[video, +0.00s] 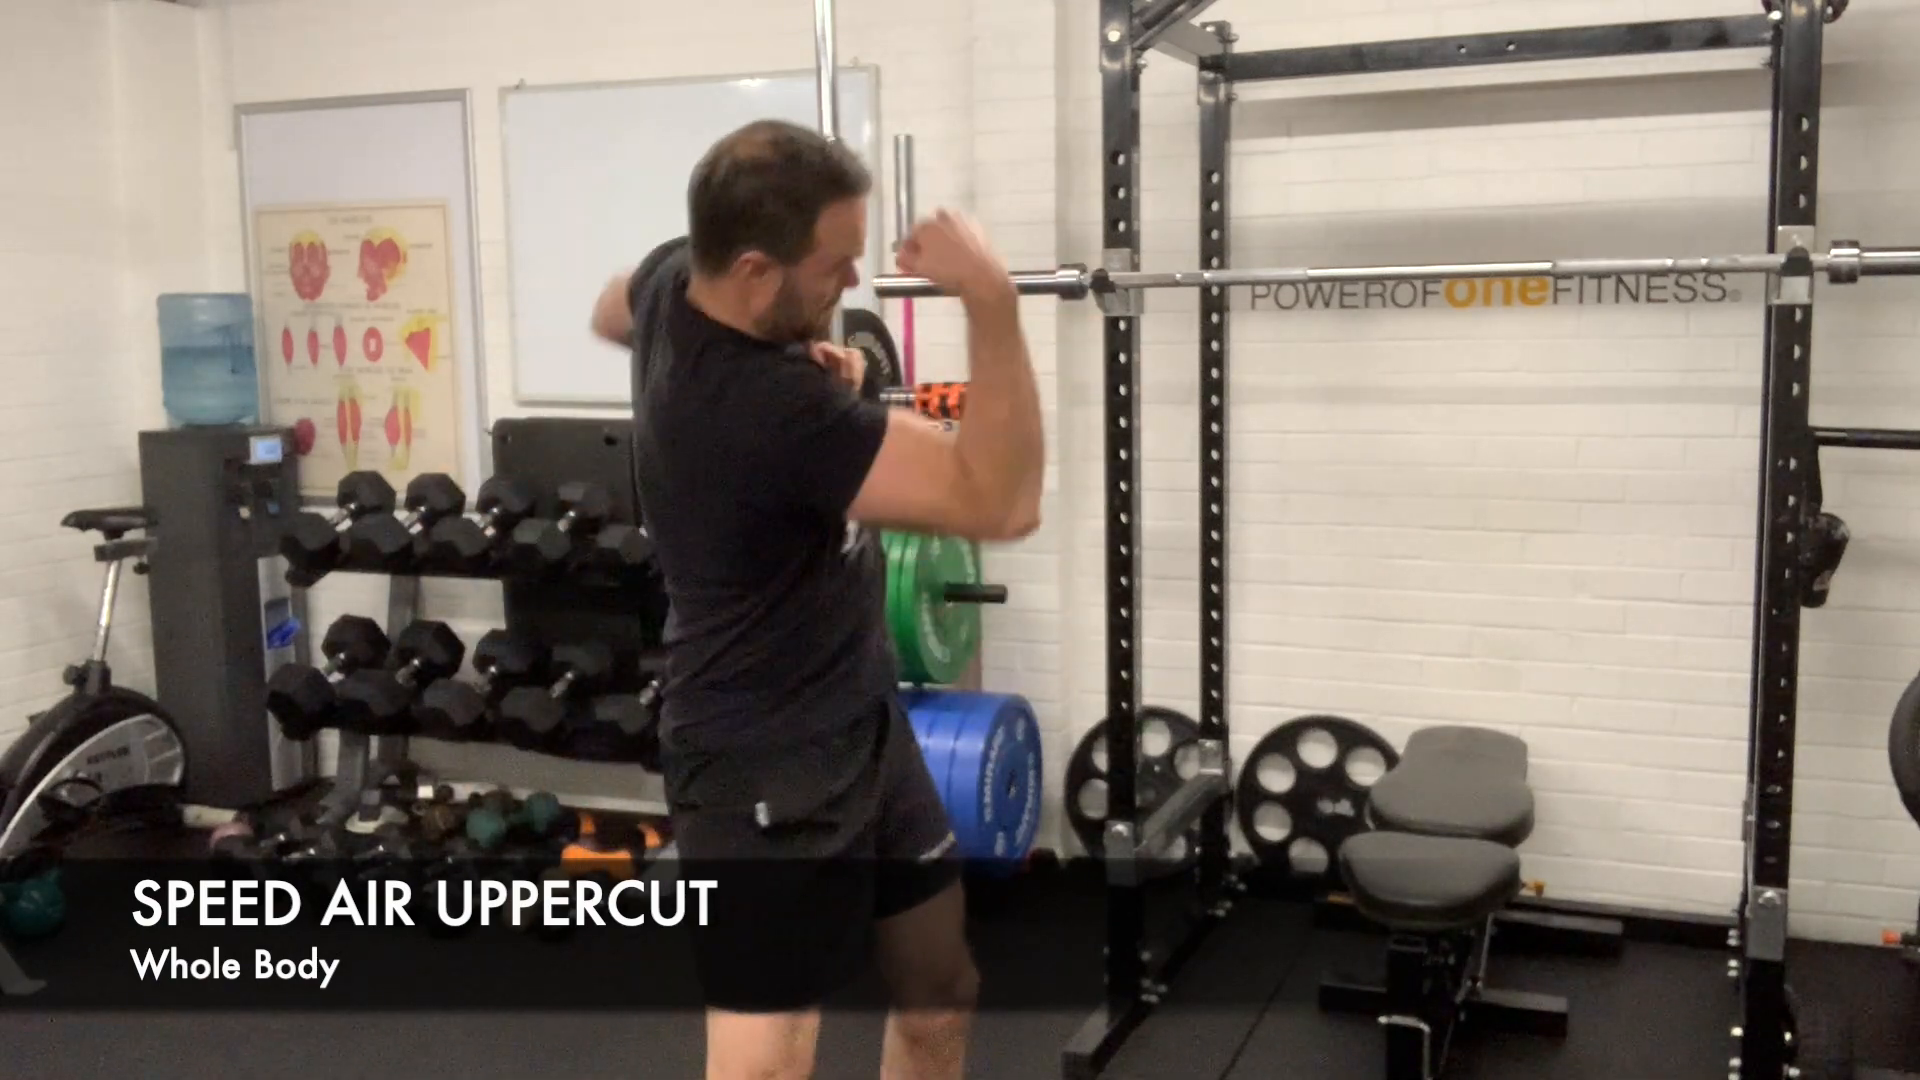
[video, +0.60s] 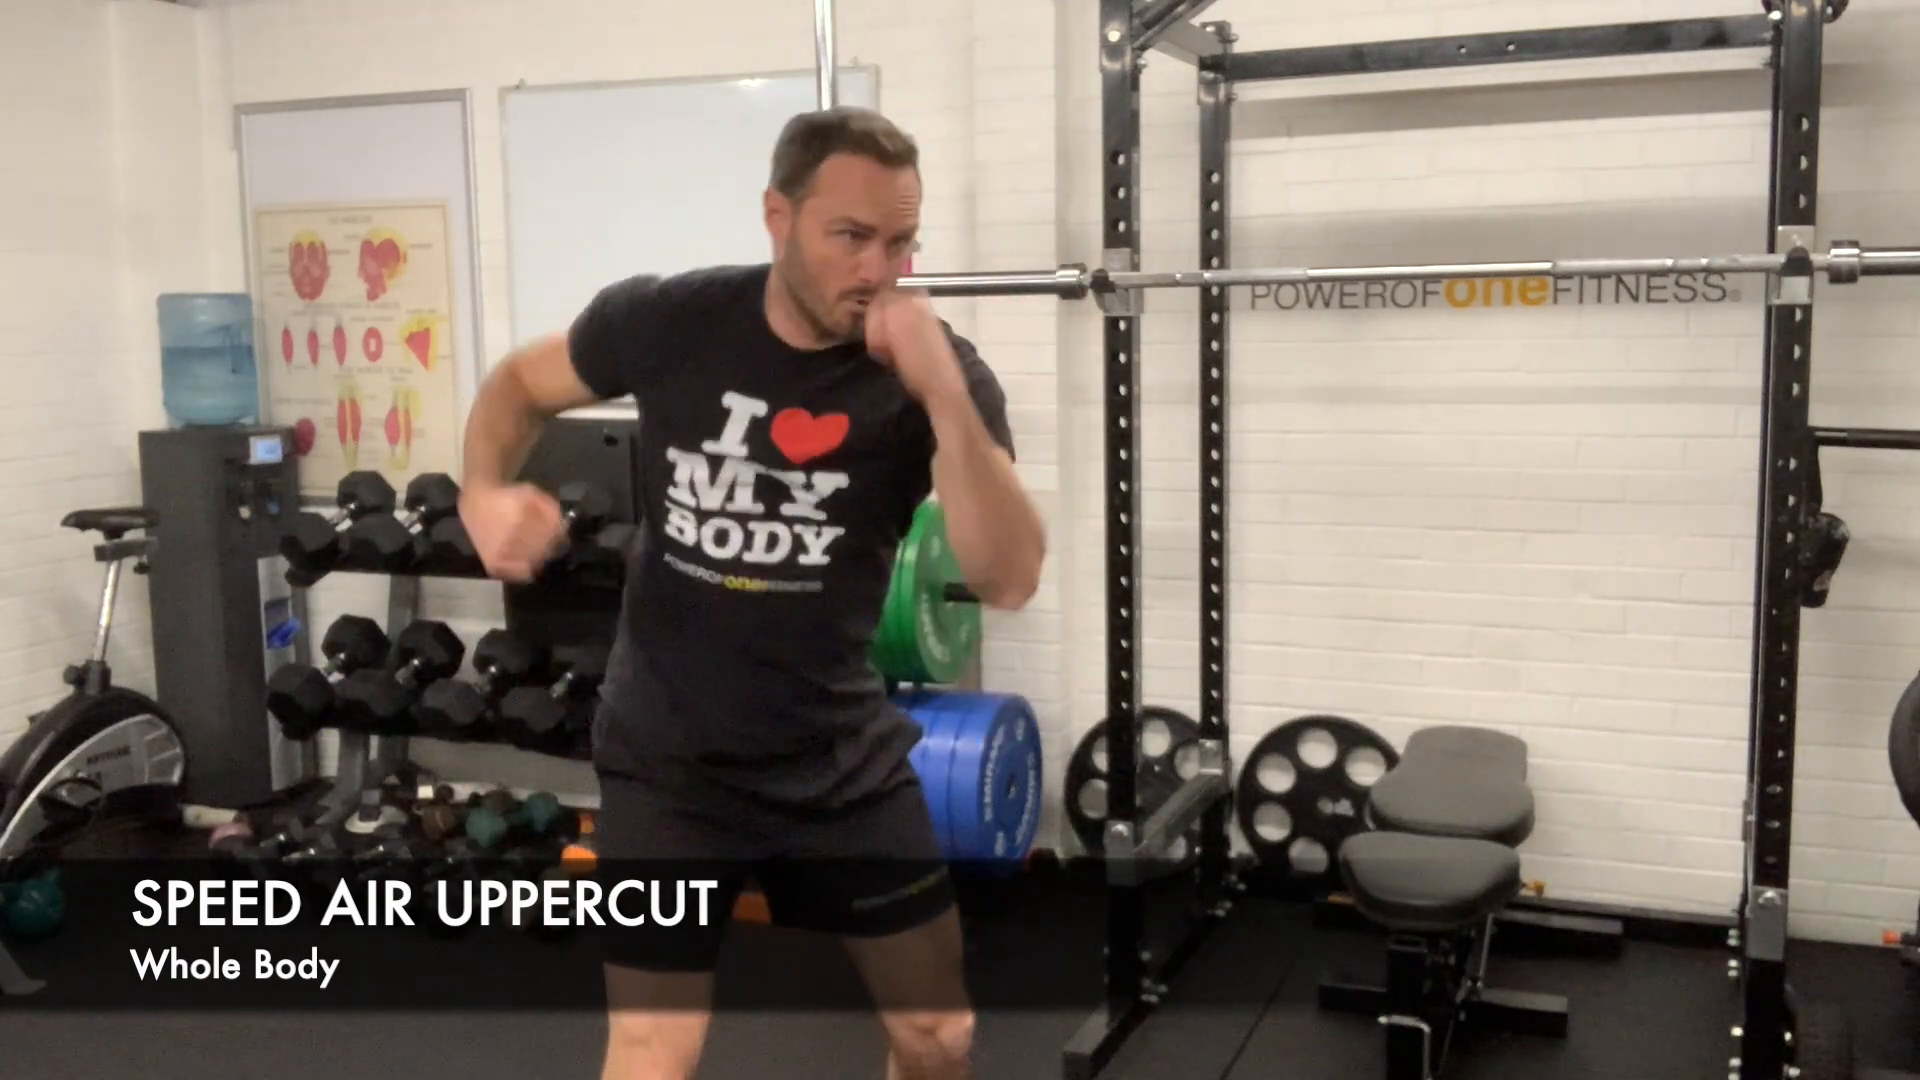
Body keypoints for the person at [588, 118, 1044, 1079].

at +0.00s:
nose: (850, 276)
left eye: (851, 256)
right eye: (835, 264)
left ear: (745, 261)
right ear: (755, 270)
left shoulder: (681, 279)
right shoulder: (769, 406)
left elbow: (612, 315)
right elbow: (997, 499)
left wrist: (788, 358)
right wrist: (991, 298)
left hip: (861, 722)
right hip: (759, 757)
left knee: (938, 999)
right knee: (763, 1056)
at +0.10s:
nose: (885, 248)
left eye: (887, 225)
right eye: (872, 228)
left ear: (786, 223)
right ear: (794, 230)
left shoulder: (686, 281)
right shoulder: (802, 364)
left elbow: (606, 399)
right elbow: (1005, 496)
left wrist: (732, 464)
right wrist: (1049, 306)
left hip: (842, 732)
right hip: (745, 753)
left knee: (920, 986)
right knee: (750, 1051)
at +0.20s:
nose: (930, 271)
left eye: (932, 246)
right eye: (918, 246)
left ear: (837, 240)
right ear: (835, 241)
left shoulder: (825, 347)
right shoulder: (762, 375)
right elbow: (899, 627)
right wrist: (1045, 499)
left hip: (813, 739)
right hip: (707, 761)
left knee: (908, 990)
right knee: (720, 1063)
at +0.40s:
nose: (944, 323)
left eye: (965, 305)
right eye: (928, 284)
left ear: (977, 310)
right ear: (856, 254)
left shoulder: (952, 430)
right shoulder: (690, 354)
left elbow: (1045, 577)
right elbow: (481, 433)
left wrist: (1022, 360)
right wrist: (515, 556)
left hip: (814, 758)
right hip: (651, 750)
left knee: (940, 1044)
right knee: (660, 1063)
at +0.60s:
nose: (879, 269)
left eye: (900, 241)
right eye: (851, 235)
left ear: (917, 236)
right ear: (777, 217)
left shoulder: (942, 375)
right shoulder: (665, 324)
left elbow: (1009, 578)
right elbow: (517, 386)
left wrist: (944, 391)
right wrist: (483, 490)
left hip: (842, 746)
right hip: (670, 746)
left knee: (939, 1038)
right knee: (655, 1051)